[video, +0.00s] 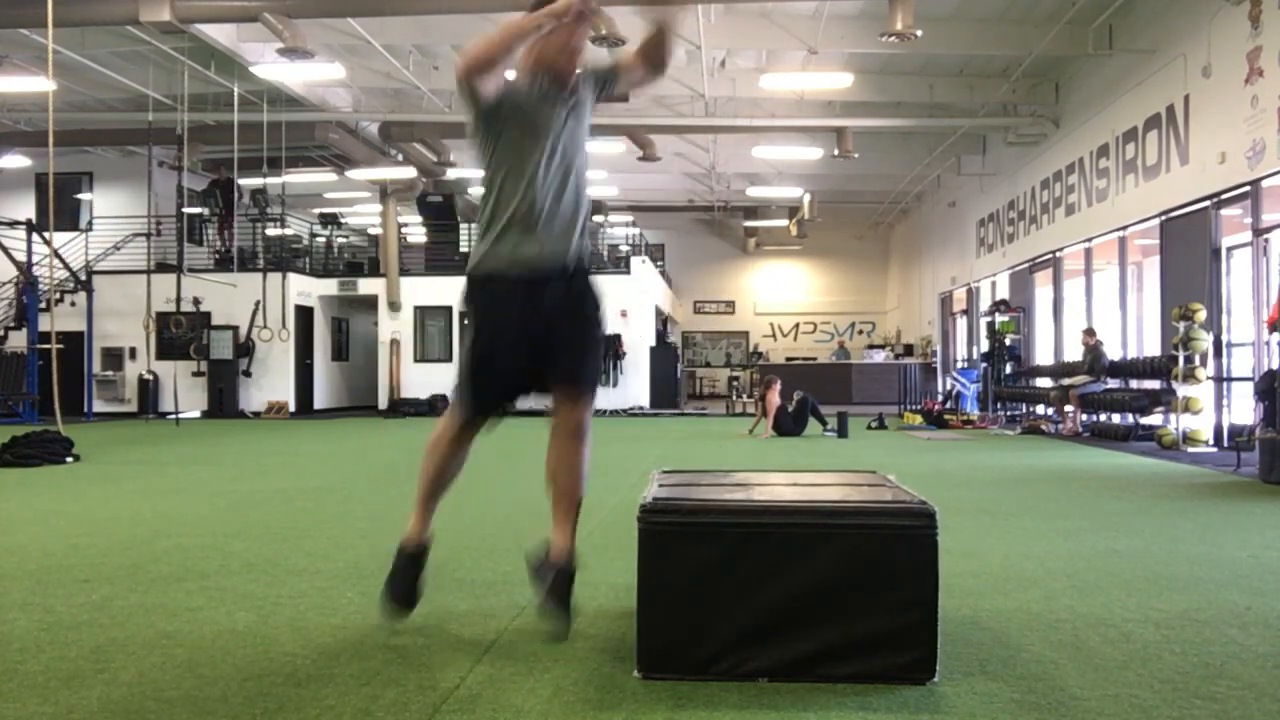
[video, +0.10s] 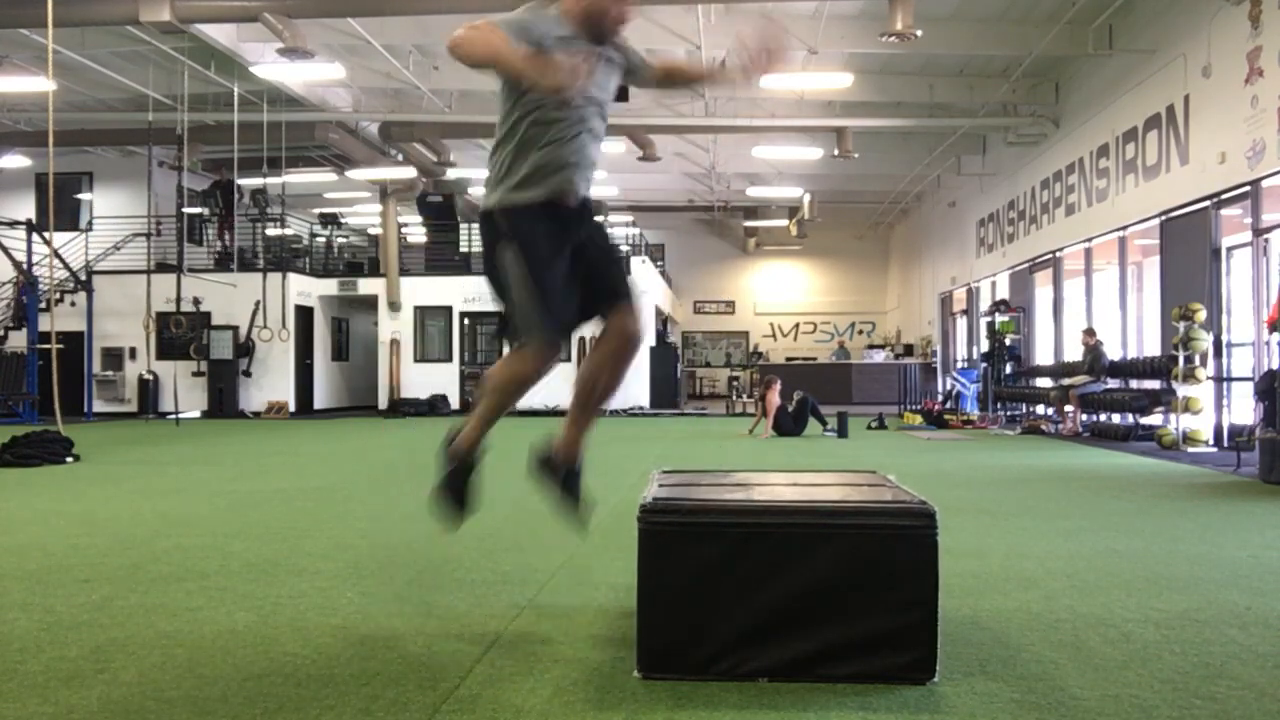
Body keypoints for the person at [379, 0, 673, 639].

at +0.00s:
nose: (580, 43)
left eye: (585, 33)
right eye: (570, 29)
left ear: (586, 44)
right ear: (537, 36)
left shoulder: (584, 87)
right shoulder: (502, 96)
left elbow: (649, 62)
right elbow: (470, 67)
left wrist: (664, 18)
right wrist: (538, 19)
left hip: (568, 279)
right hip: (502, 280)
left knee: (574, 416)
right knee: (465, 418)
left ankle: (560, 559)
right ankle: (415, 537)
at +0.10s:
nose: (627, 17)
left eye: (631, 9)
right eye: (621, 6)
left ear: (618, 11)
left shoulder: (612, 51)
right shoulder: (538, 24)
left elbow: (662, 72)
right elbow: (465, 40)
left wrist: (732, 71)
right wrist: (536, 67)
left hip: (575, 214)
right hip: (517, 213)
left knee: (624, 329)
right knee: (540, 346)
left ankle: (564, 455)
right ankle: (462, 445)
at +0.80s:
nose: (693, 7)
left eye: (695, 2)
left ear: (680, 6)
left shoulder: (662, 47)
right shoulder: (600, 10)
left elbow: (629, 112)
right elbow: (540, 69)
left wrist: (647, 167)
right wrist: (606, 128)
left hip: (604, 185)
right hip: (553, 171)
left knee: (661, 291)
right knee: (616, 289)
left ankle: (657, 439)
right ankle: (636, 439)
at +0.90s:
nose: (653, 4)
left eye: (657, 2)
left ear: (651, 6)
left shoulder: (641, 36)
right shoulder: (561, 7)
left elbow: (625, 92)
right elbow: (492, 60)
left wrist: (632, 131)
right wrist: (558, 113)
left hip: (594, 170)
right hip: (531, 166)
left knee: (647, 279)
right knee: (578, 280)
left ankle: (594, 398)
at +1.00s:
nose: (615, 13)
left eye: (621, 7)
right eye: (608, 4)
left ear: (626, 6)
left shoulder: (622, 50)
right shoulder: (521, 22)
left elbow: (620, 106)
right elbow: (457, 87)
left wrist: (618, 135)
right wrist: (520, 130)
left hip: (580, 196)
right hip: (513, 196)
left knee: (614, 310)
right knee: (522, 311)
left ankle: (586, 438)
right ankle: (490, 445)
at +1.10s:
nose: (569, 50)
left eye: (582, 41)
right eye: (563, 35)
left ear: (593, 40)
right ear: (541, 25)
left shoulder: (604, 95)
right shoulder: (486, 76)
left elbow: (624, 166)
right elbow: (433, 140)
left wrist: (601, 173)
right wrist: (494, 154)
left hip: (566, 250)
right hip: (490, 248)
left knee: (576, 376)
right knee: (464, 377)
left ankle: (581, 515)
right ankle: (440, 503)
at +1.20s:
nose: (527, 127)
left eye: (537, 117)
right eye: (519, 115)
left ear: (552, 120)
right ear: (501, 113)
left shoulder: (568, 177)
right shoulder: (467, 158)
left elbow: (611, 246)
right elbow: (414, 211)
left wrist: (563, 219)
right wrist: (462, 201)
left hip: (544, 333)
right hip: (472, 330)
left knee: (542, 457)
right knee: (428, 455)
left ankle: (550, 579)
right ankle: (413, 574)